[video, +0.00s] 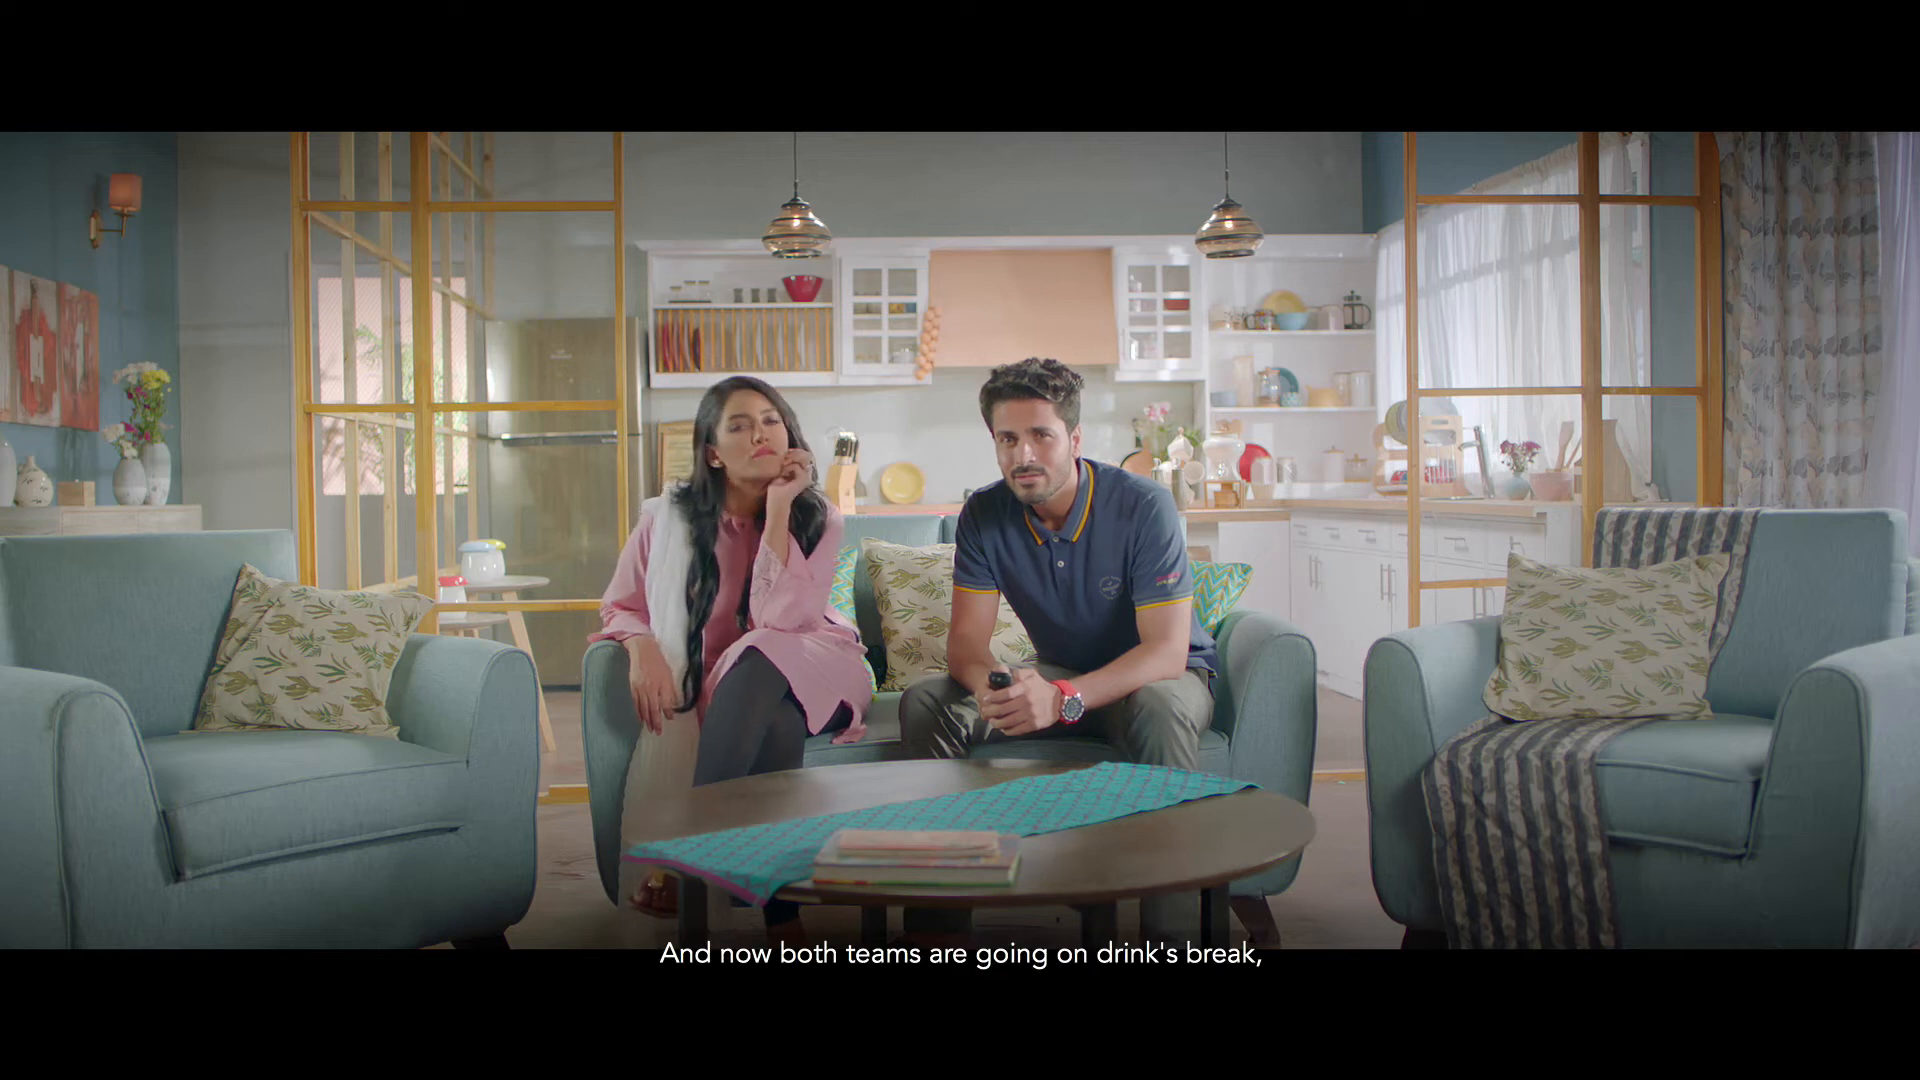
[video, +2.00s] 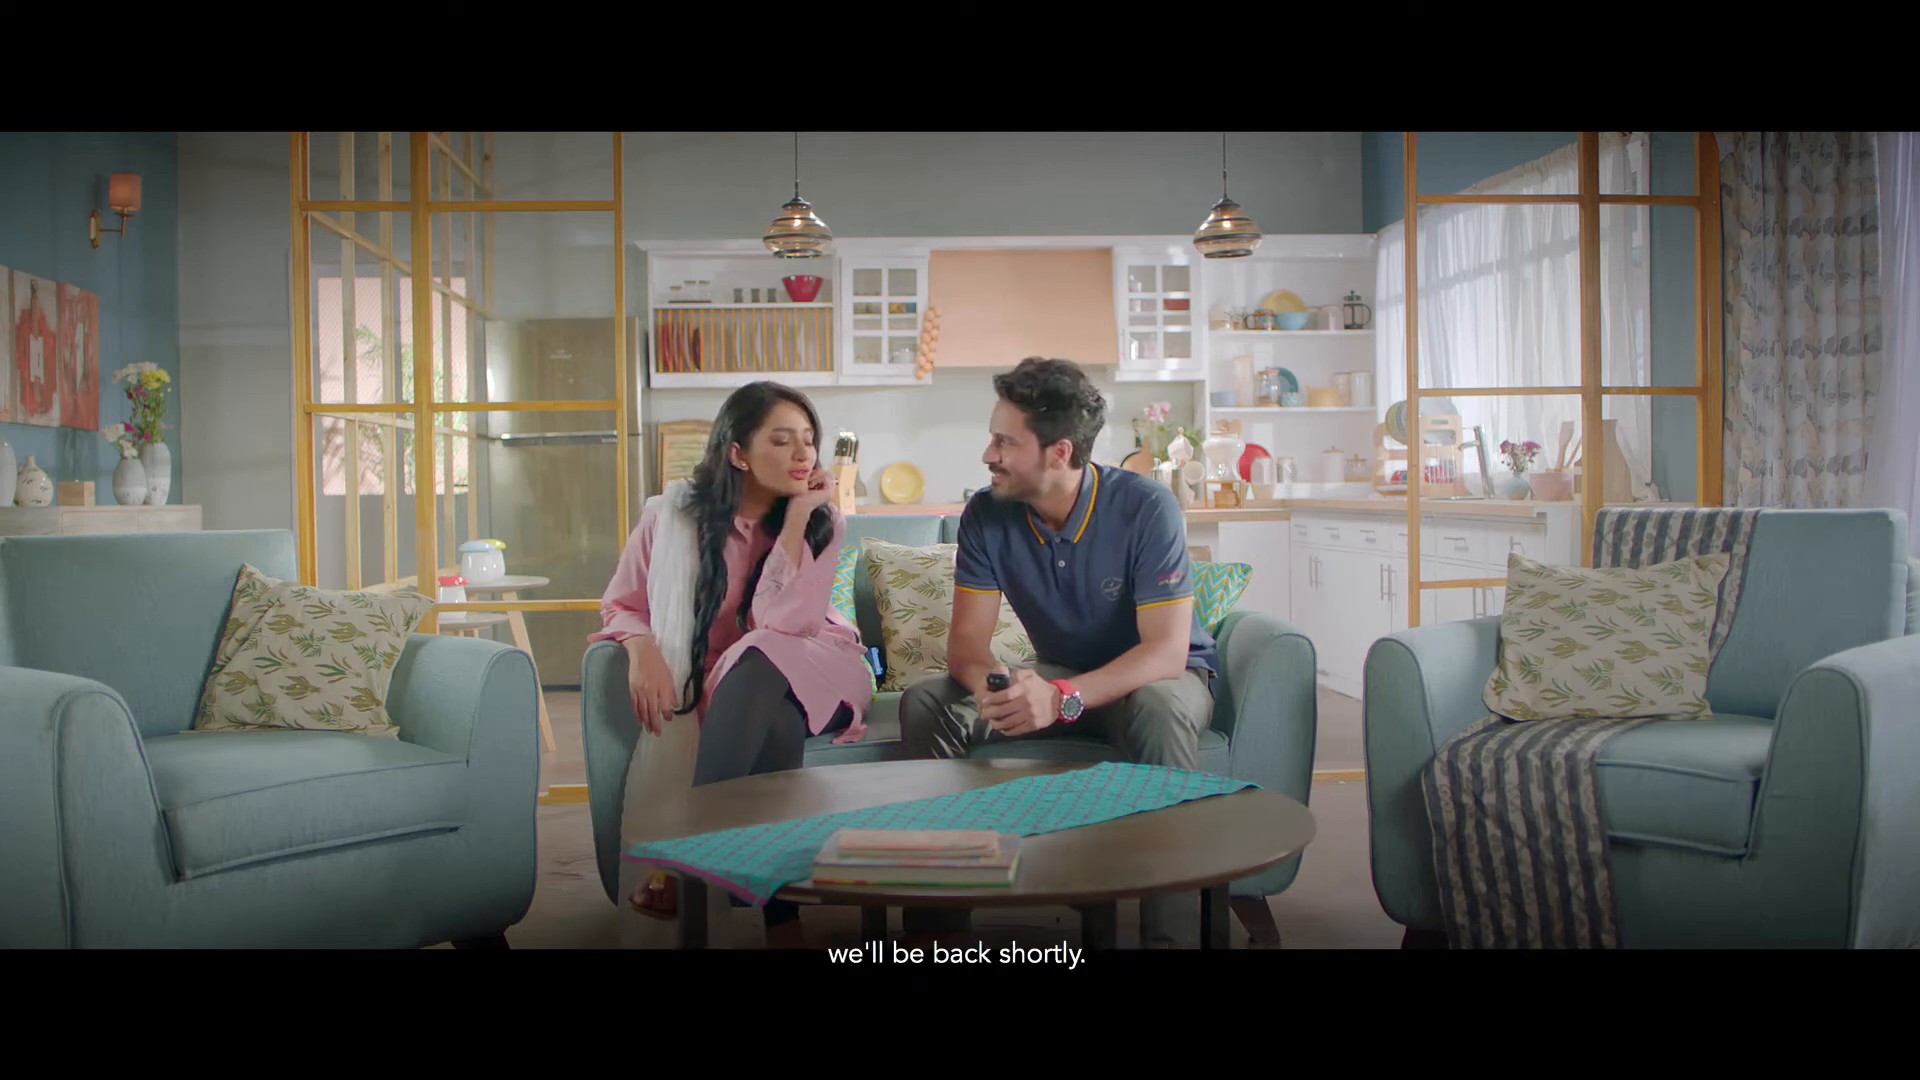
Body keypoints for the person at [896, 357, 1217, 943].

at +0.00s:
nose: (1023, 455)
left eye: (1040, 436)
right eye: (1008, 438)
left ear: (1075, 440)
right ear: (993, 443)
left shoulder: (1143, 507)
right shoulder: (985, 515)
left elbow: (1167, 654)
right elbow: (966, 647)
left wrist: (1064, 698)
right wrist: (996, 687)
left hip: (1156, 675)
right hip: (1060, 676)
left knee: (1157, 709)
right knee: (927, 702)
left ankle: (1172, 925)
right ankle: (941, 897)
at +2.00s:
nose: (989, 455)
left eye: (1005, 444)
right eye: (992, 438)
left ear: (1060, 453)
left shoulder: (1146, 509)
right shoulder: (986, 516)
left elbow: (1166, 654)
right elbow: (966, 646)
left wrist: (1063, 697)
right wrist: (995, 687)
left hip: (1156, 679)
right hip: (1060, 680)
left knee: (1158, 709)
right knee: (927, 703)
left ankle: (1170, 932)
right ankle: (939, 904)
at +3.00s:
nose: (1003, 458)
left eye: (1018, 449)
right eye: (1007, 441)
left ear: (1072, 463)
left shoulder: (1154, 509)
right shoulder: (992, 514)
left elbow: (1166, 654)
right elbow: (969, 642)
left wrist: (1052, 693)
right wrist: (913, 651)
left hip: (1157, 677)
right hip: (1061, 674)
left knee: (1155, 711)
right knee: (929, 703)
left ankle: (1166, 928)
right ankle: (940, 917)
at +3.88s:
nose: (1049, 486)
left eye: (1069, 474)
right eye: (1040, 465)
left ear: (1116, 459)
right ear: (1035, 442)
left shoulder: (1174, 508)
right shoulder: (1015, 503)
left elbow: (1169, 653)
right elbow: (1000, 619)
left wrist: (1057, 683)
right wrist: (970, 675)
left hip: (1154, 680)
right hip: (1058, 680)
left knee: (1153, 708)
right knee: (936, 705)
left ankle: (1172, 929)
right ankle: (949, 915)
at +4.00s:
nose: (1117, 495)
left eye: (1138, 479)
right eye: (1103, 471)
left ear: (1169, 467)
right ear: (1085, 448)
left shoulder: (1209, 525)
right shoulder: (1044, 492)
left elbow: (1195, 670)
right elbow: (1021, 612)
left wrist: (1096, 693)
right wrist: (1011, 676)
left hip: (1164, 673)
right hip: (1066, 658)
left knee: (1152, 731)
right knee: (954, 715)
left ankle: (1162, 922)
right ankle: (962, 916)